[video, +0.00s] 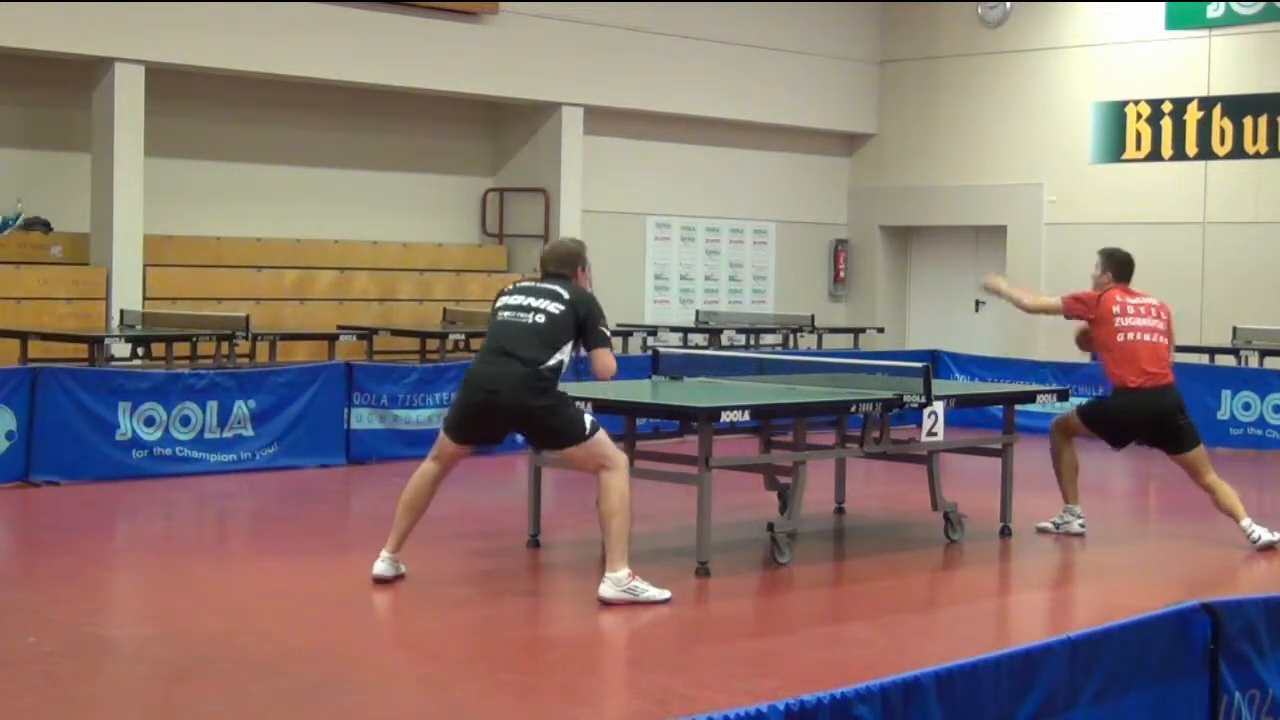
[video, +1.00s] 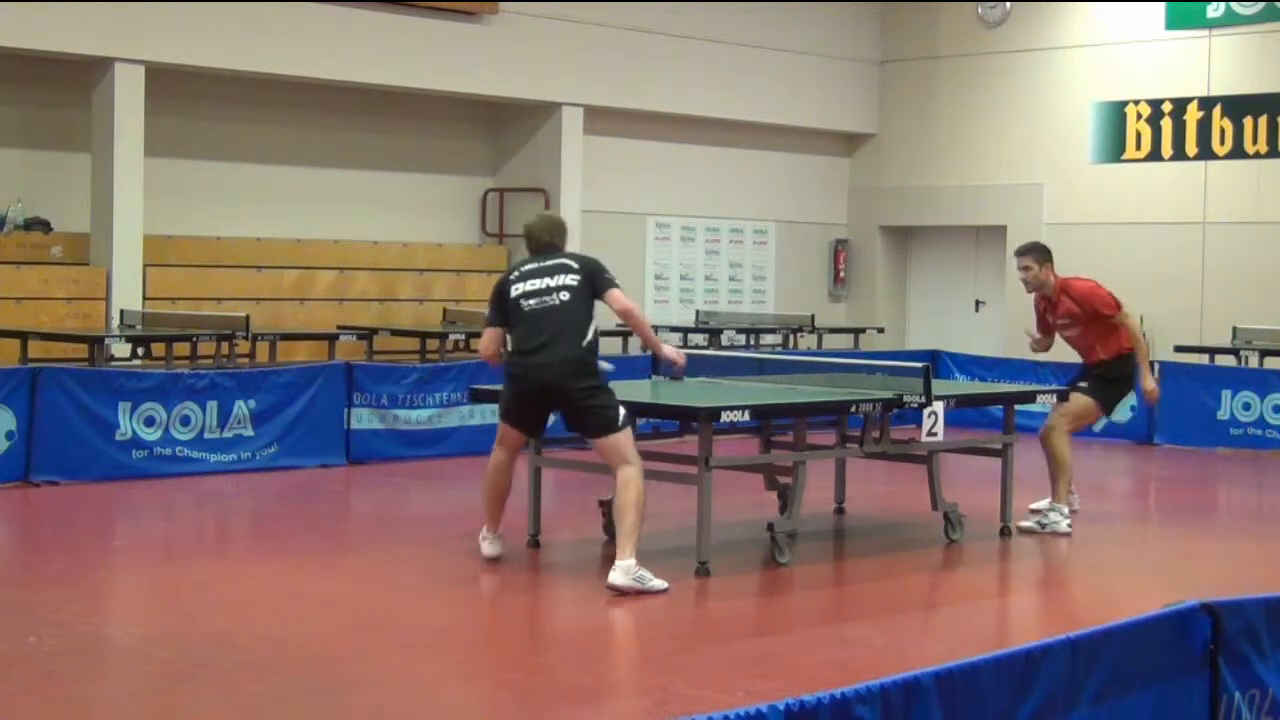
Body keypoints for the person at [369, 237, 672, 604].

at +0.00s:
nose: (589, 277)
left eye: (587, 271)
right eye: (588, 271)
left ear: (543, 270)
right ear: (579, 273)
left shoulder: (511, 291)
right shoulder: (581, 299)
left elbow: (500, 338)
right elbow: (604, 369)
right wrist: (599, 343)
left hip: (478, 387)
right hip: (532, 393)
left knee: (437, 462)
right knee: (613, 464)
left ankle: (387, 556)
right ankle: (618, 576)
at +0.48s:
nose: (595, 237)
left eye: (593, 231)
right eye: (593, 231)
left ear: (549, 233)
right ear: (585, 234)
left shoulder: (519, 263)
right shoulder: (595, 264)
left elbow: (482, 330)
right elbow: (612, 319)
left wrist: (508, 339)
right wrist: (629, 347)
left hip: (505, 366)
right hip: (558, 369)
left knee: (467, 442)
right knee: (633, 444)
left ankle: (431, 534)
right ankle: (622, 547)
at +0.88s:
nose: (582, 244)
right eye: (581, 239)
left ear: (543, 243)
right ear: (580, 241)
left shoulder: (521, 281)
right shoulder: (598, 272)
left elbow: (495, 350)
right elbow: (640, 327)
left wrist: (516, 368)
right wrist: (656, 353)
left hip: (530, 387)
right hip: (583, 387)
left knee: (505, 447)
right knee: (638, 469)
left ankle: (476, 536)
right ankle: (626, 566)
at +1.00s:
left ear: (527, 246)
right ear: (564, 243)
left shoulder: (508, 281)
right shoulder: (584, 266)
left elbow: (488, 351)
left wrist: (513, 353)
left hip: (526, 378)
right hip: (577, 375)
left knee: (504, 449)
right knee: (627, 464)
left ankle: (490, 536)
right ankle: (626, 564)